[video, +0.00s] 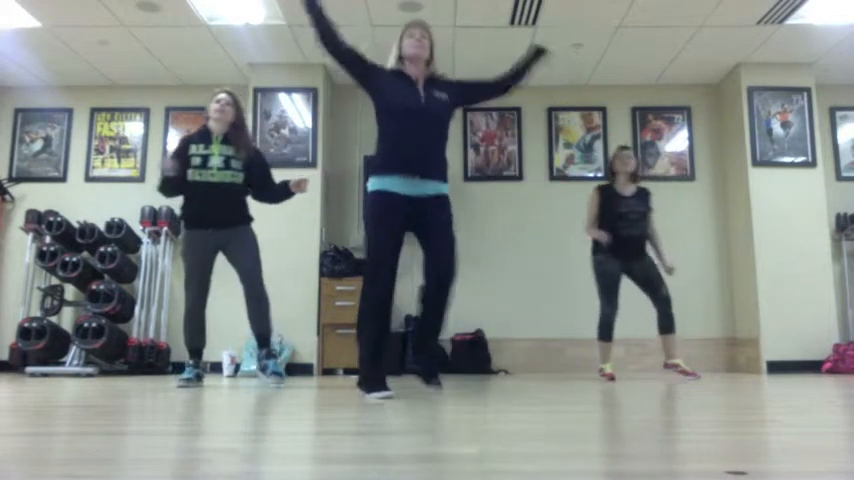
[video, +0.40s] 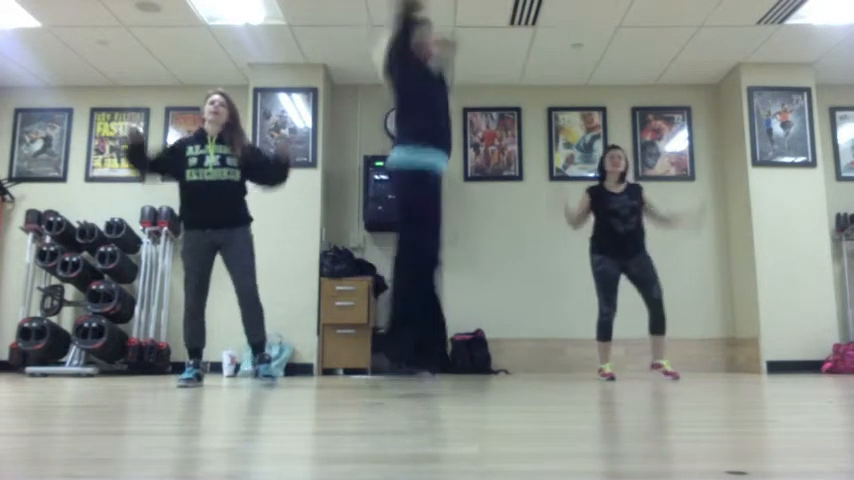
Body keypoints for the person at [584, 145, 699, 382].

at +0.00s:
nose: (625, 161)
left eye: (629, 157)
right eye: (620, 157)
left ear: (636, 164)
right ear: (613, 164)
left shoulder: (643, 193)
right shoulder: (601, 192)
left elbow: (650, 229)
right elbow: (590, 227)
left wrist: (663, 260)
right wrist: (598, 234)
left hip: (636, 255)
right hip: (608, 256)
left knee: (663, 300)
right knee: (609, 308)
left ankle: (671, 359)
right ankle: (605, 364)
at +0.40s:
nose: (616, 161)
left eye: (620, 158)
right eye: (612, 157)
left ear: (626, 164)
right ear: (603, 163)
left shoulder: (635, 191)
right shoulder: (594, 192)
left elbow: (654, 216)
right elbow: (576, 222)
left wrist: (674, 220)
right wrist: (568, 210)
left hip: (635, 255)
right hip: (605, 256)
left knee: (656, 302)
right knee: (607, 309)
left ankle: (658, 359)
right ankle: (604, 364)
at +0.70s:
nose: (634, 165)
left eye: (637, 162)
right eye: (629, 161)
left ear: (641, 167)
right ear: (619, 166)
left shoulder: (649, 188)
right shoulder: (611, 191)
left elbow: (681, 183)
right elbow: (592, 184)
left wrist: (696, 155)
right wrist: (596, 155)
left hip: (652, 255)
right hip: (624, 256)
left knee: (663, 306)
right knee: (625, 306)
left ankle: (650, 362)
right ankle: (609, 362)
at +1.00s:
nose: (662, 152)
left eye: (661, 148)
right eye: (656, 148)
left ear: (637, 152)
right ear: (648, 150)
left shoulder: (649, 172)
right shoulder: (641, 171)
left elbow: (664, 156)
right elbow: (658, 147)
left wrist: (646, 129)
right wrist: (657, 134)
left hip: (641, 240)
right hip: (648, 240)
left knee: (659, 297)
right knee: (664, 297)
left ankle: (649, 356)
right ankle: (660, 360)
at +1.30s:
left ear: (634, 148)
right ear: (662, 148)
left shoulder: (629, 166)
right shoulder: (669, 168)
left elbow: (609, 156)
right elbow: (677, 159)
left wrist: (603, 141)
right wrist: (669, 141)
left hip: (635, 235)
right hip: (666, 233)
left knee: (644, 296)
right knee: (665, 294)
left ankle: (652, 358)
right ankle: (668, 354)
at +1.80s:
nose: (638, 156)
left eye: (642, 152)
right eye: (634, 153)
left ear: (650, 157)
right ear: (628, 159)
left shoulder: (660, 182)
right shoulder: (625, 188)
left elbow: (664, 175)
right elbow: (601, 197)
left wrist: (653, 156)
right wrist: (596, 176)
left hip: (658, 248)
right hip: (631, 249)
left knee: (655, 304)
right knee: (634, 308)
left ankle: (663, 363)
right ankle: (646, 363)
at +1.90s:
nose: (635, 161)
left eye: (639, 157)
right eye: (631, 157)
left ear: (649, 160)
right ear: (625, 162)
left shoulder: (658, 186)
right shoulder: (623, 192)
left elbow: (671, 209)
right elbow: (618, 222)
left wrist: (654, 186)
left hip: (657, 253)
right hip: (627, 255)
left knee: (656, 308)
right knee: (626, 312)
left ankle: (663, 364)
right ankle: (641, 363)